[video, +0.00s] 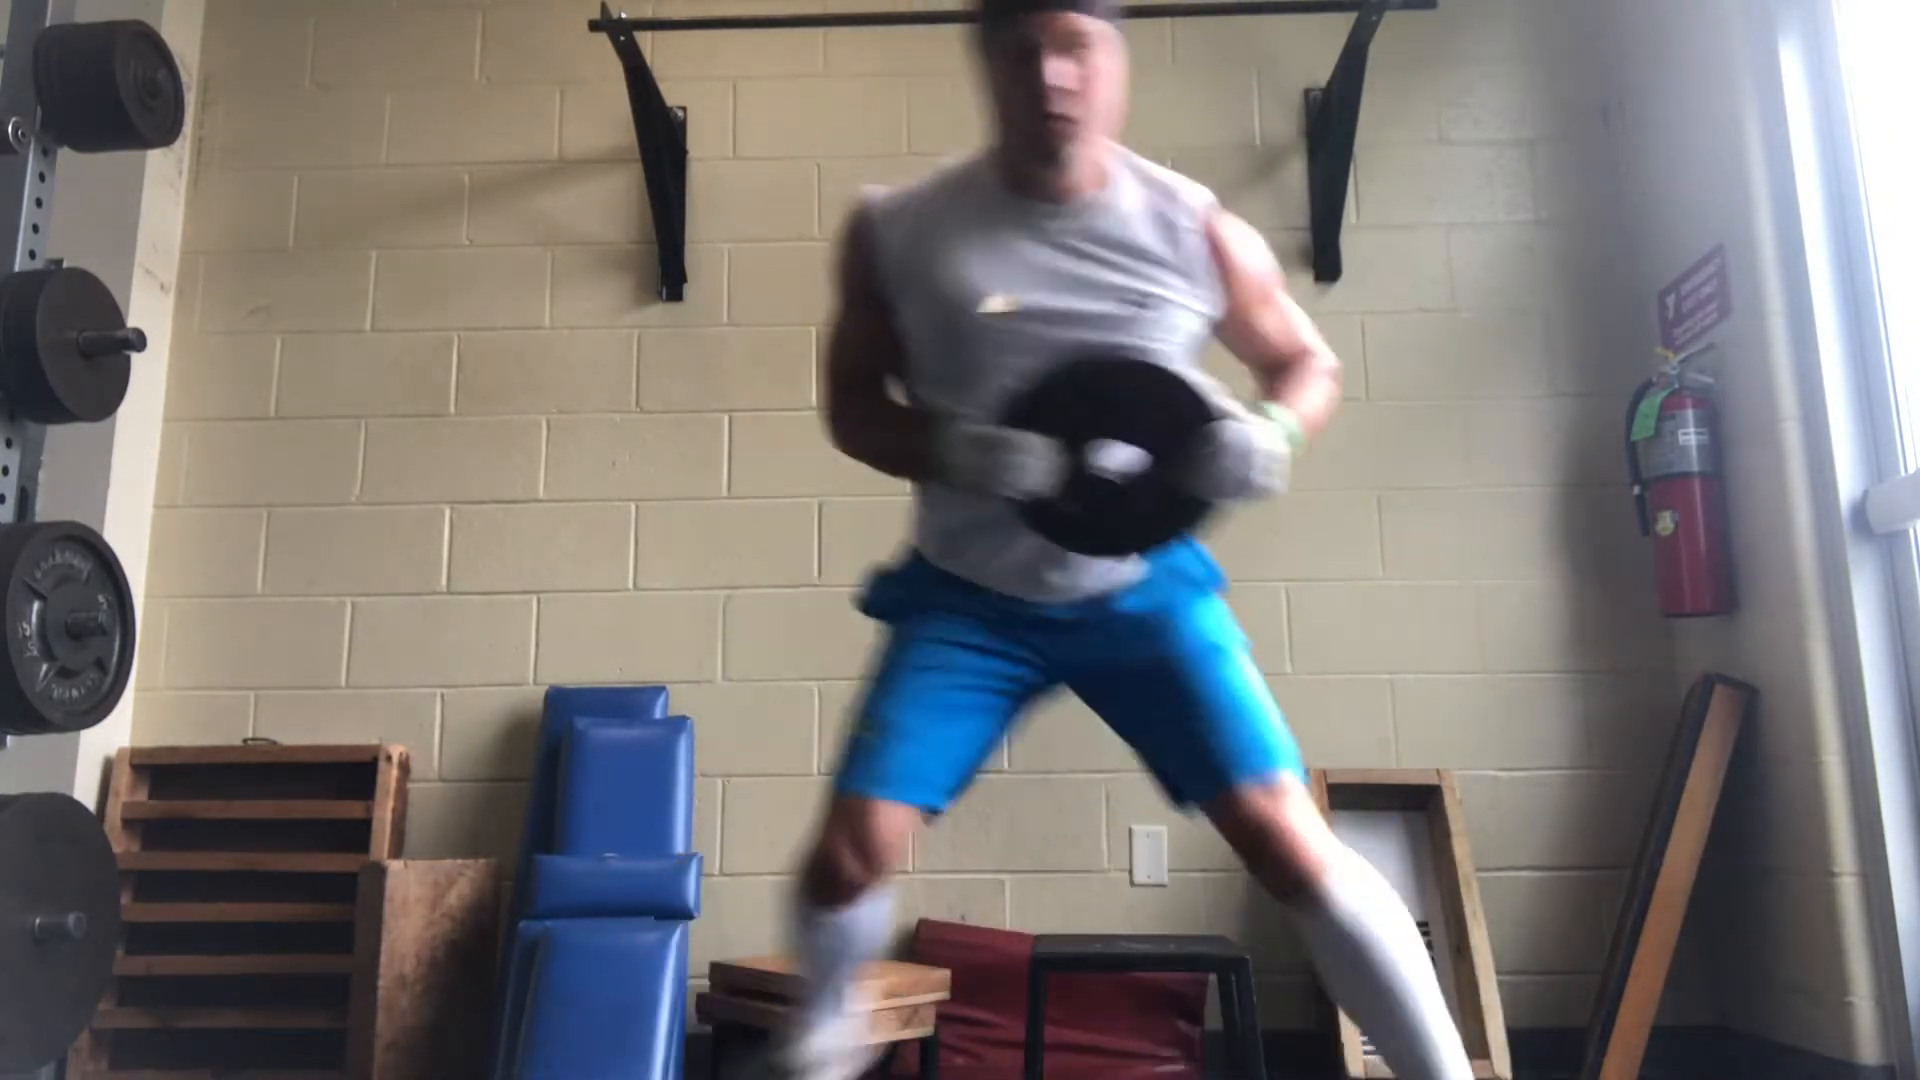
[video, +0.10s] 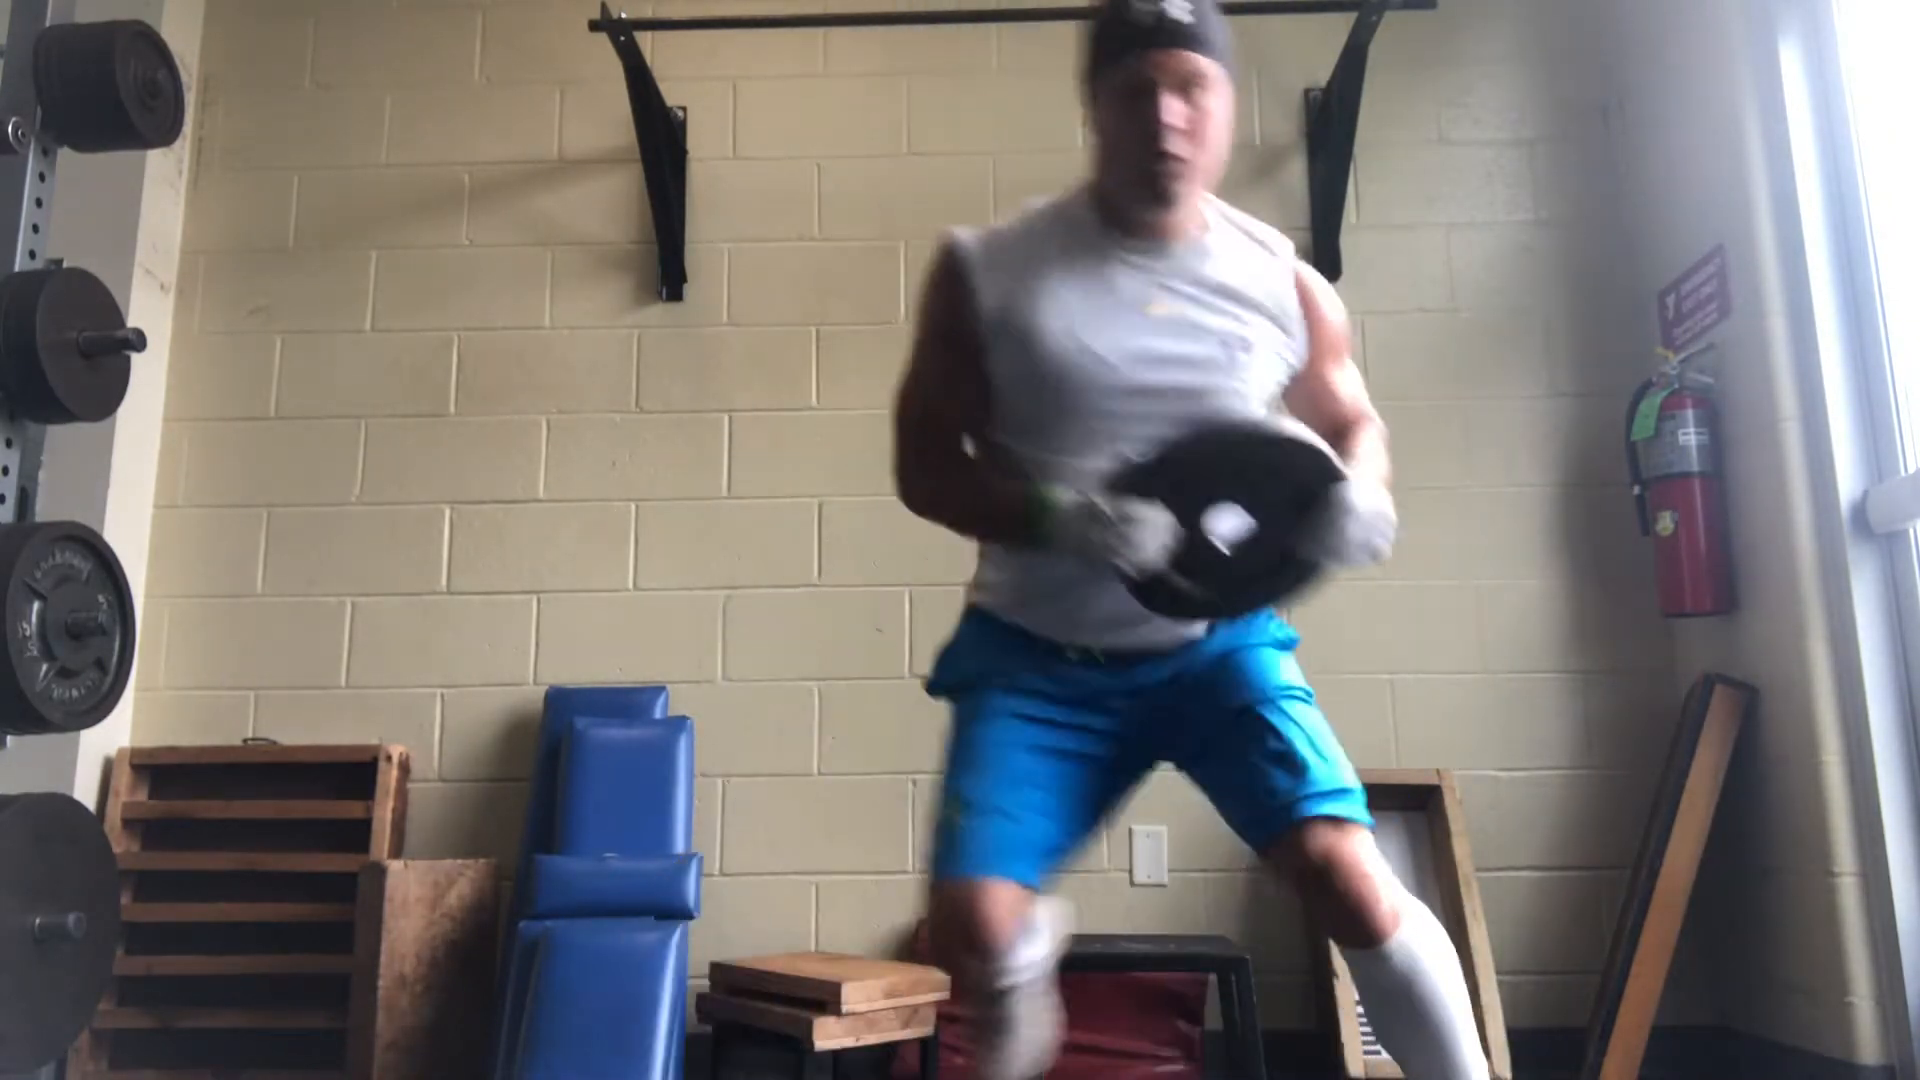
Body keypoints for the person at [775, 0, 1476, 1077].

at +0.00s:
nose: (1050, 76)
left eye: (1075, 47)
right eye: (1023, 50)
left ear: (1117, 65)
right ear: (987, 69)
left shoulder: (1198, 234)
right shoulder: (896, 235)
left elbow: (1311, 366)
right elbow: (852, 410)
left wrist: (1270, 431)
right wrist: (952, 453)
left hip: (1148, 596)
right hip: (967, 601)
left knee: (1286, 841)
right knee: (854, 850)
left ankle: (1448, 1070)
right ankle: (823, 1044)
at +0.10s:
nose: (1165, 117)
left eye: (1190, 88)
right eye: (1136, 90)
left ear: (1229, 112)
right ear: (1092, 108)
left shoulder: (1287, 290)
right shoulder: (988, 273)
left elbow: (1353, 429)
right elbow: (924, 468)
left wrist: (1354, 501)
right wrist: (1060, 519)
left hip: (1223, 649)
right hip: (1038, 658)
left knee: (1347, 876)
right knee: (978, 921)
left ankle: (1466, 1073)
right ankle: (1019, 1036)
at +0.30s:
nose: (1180, 112)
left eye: (1207, 87)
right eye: (1153, 85)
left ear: (1241, 116)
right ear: (1106, 102)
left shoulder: (1290, 291)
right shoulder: (986, 265)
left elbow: (1343, 452)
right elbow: (908, 439)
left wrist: (1302, 507)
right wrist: (1003, 506)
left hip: (1203, 650)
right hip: (1009, 639)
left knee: (1347, 901)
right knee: (853, 832)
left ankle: (1463, 1077)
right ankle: (896, 923)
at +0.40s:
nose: (1081, 56)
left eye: (1108, 35)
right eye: (1055, 30)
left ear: (1140, 67)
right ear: (1010, 47)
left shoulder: (1185, 230)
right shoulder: (898, 213)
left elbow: (1269, 437)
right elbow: (835, 377)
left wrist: (1126, 451)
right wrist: (894, 431)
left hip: (1110, 604)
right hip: (921, 578)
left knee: (1257, 860)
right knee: (723, 735)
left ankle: (1422, 1072)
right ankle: (663, 962)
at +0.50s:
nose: (942, 37)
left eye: (969, 15)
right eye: (917, 15)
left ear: (1008, 37)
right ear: (878, 34)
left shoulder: (1063, 206)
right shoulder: (784, 195)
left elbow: (1139, 436)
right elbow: (743, 355)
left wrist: (966, 430)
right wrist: (706, 386)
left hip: (1018, 588)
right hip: (827, 570)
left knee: (1118, 846)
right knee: (653, 807)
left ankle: (1225, 1073)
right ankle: (468, 1071)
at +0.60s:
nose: (790, 93)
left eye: (816, 62)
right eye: (764, 67)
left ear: (864, 79)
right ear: (731, 91)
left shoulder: (942, 256)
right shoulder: (682, 255)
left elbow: (1020, 490)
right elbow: (680, 416)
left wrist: (839, 489)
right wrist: (609, 452)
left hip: (902, 655)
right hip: (720, 639)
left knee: (928, 936)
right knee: (574, 884)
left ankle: (939, 1021)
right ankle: (455, 1075)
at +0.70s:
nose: (656, 147)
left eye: (684, 114)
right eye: (630, 121)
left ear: (739, 127)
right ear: (604, 149)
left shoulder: (843, 302)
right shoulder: (595, 324)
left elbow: (961, 520)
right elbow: (616, 471)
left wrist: (775, 572)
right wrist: (565, 553)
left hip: (847, 688)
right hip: (683, 672)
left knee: (741, 952)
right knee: (541, 896)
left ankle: (686, 1051)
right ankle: (445, 1073)